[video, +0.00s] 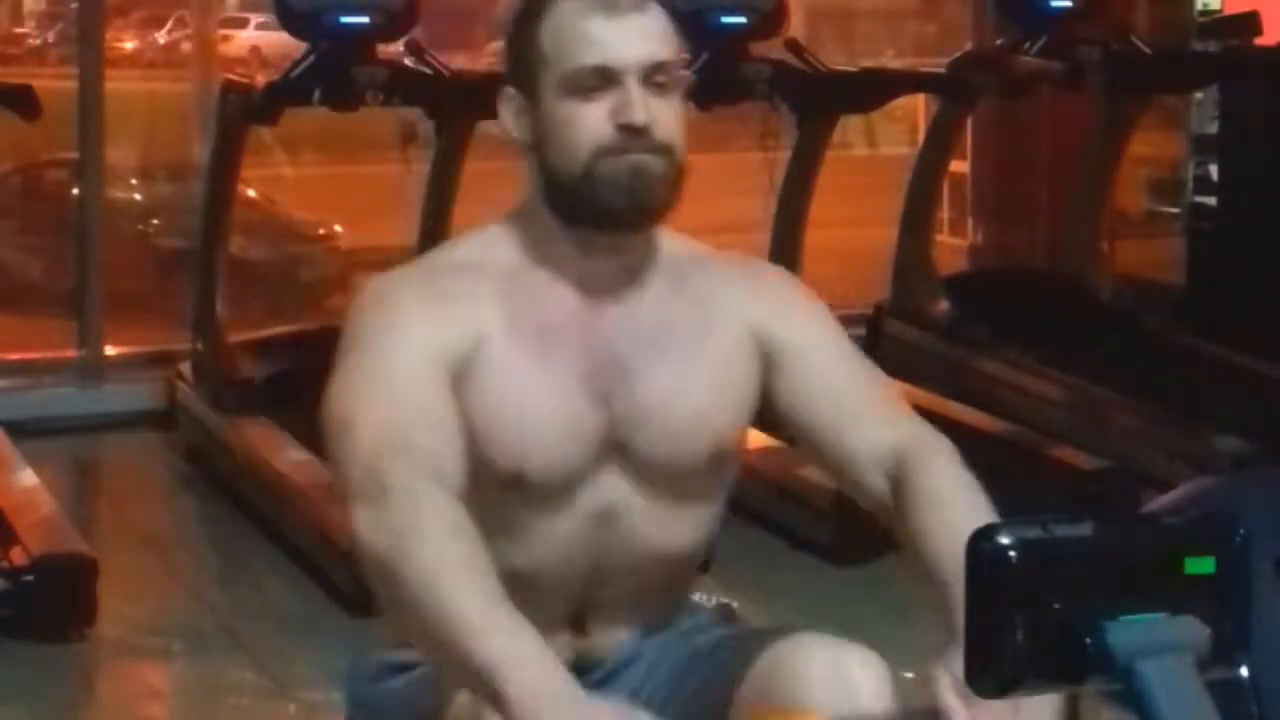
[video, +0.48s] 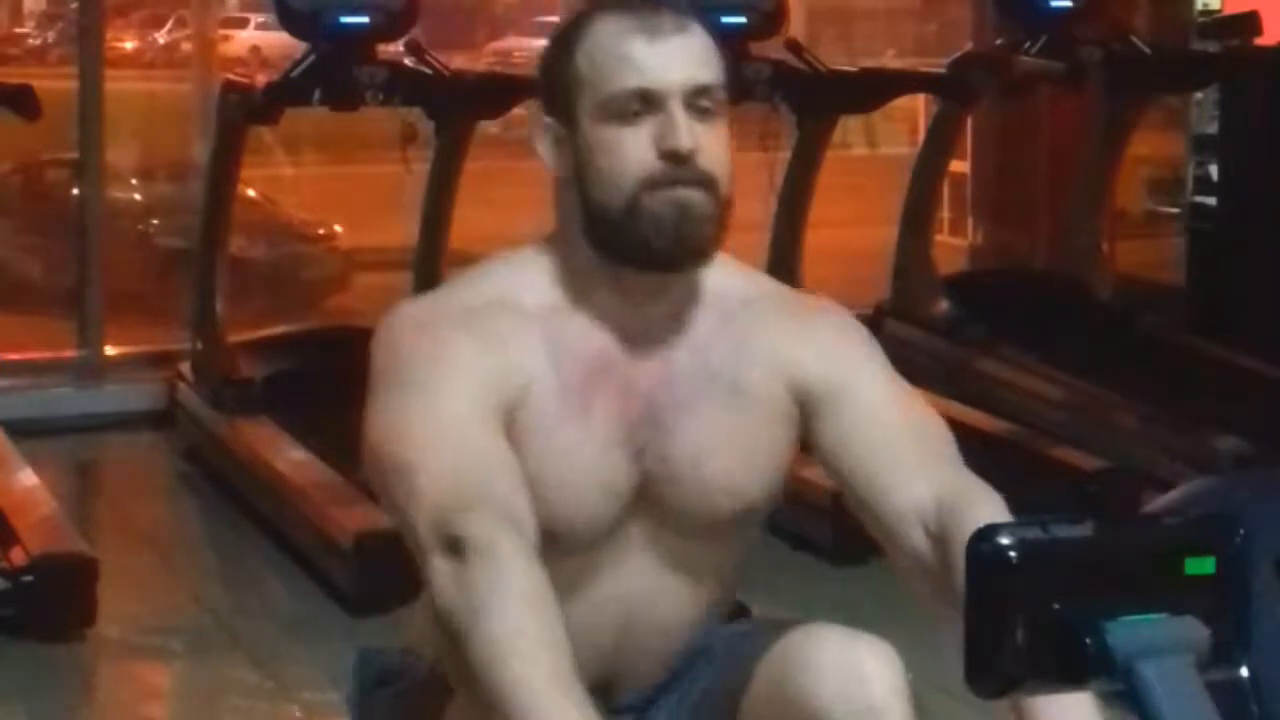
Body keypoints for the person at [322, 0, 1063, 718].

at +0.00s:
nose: (636, 115)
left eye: (659, 84)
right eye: (591, 87)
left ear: (689, 105)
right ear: (519, 115)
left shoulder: (757, 303)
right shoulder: (415, 311)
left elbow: (906, 462)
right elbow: (402, 518)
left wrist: (1001, 632)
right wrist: (542, 694)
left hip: (663, 655)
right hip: (468, 665)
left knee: (843, 683)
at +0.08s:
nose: (655, 123)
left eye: (678, 91)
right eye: (610, 94)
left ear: (706, 114)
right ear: (533, 126)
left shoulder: (779, 318)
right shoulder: (431, 324)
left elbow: (927, 482)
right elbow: (428, 528)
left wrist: (1032, 664)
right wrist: (561, 712)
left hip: (670, 668)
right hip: (481, 677)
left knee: (849, 676)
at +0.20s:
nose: (689, 145)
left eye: (711, 110)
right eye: (641, 115)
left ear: (740, 133)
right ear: (559, 147)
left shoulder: (817, 344)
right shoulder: (451, 357)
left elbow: (962, 519)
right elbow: (487, 585)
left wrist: (1073, 684)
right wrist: (573, 714)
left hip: (691, 677)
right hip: (499, 688)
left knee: (857, 669)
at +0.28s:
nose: (701, 157)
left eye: (724, 121)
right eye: (653, 125)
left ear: (753, 145)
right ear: (573, 159)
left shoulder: (826, 355)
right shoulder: (460, 367)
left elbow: (980, 540)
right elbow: (508, 587)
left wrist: (1083, 691)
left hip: (698, 679)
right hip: (501, 688)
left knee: (857, 670)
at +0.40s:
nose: (698, 158)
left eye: (720, 121)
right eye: (649, 126)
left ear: (749, 143)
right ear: (568, 159)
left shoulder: (822, 353)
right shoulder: (455, 363)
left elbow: (973, 543)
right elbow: (505, 584)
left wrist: (1078, 700)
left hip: (690, 681)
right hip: (482, 686)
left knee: (856, 672)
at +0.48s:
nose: (681, 142)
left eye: (702, 108)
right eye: (633, 111)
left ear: (729, 129)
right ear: (553, 144)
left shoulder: (805, 337)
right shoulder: (444, 342)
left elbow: (946, 519)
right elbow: (481, 569)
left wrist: (1062, 691)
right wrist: (569, 718)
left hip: (677, 674)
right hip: (473, 684)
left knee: (854, 674)